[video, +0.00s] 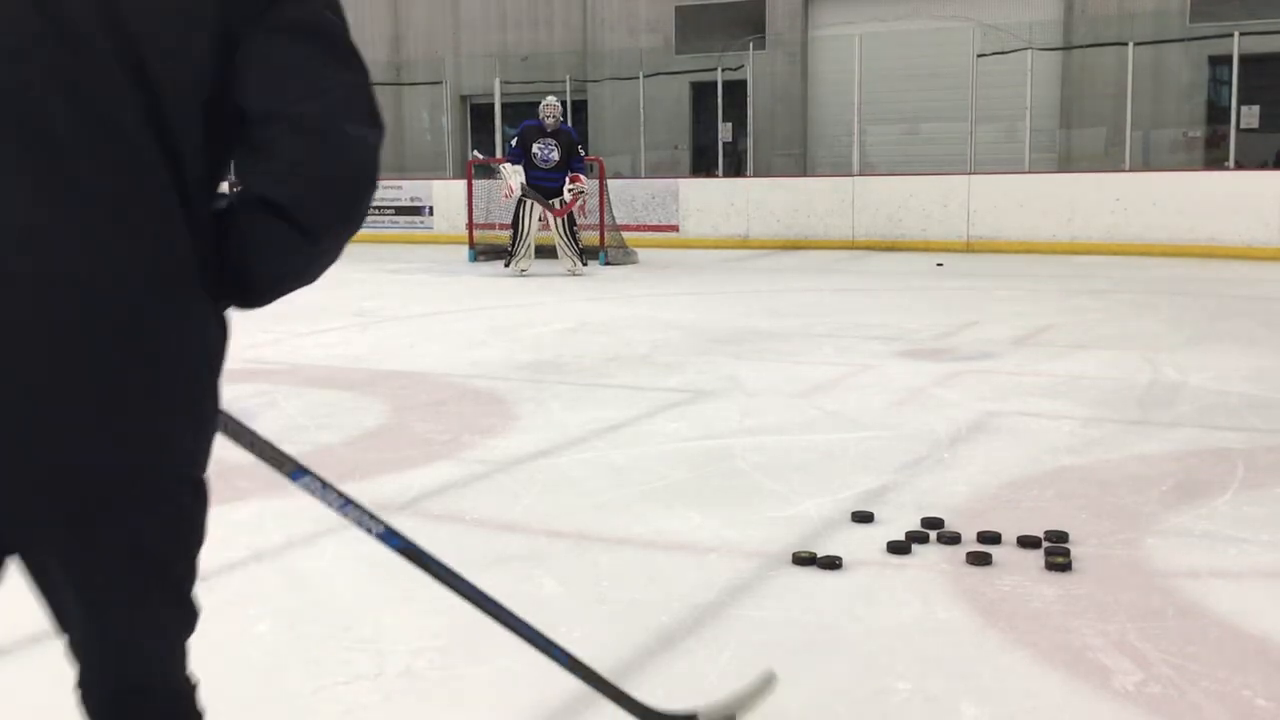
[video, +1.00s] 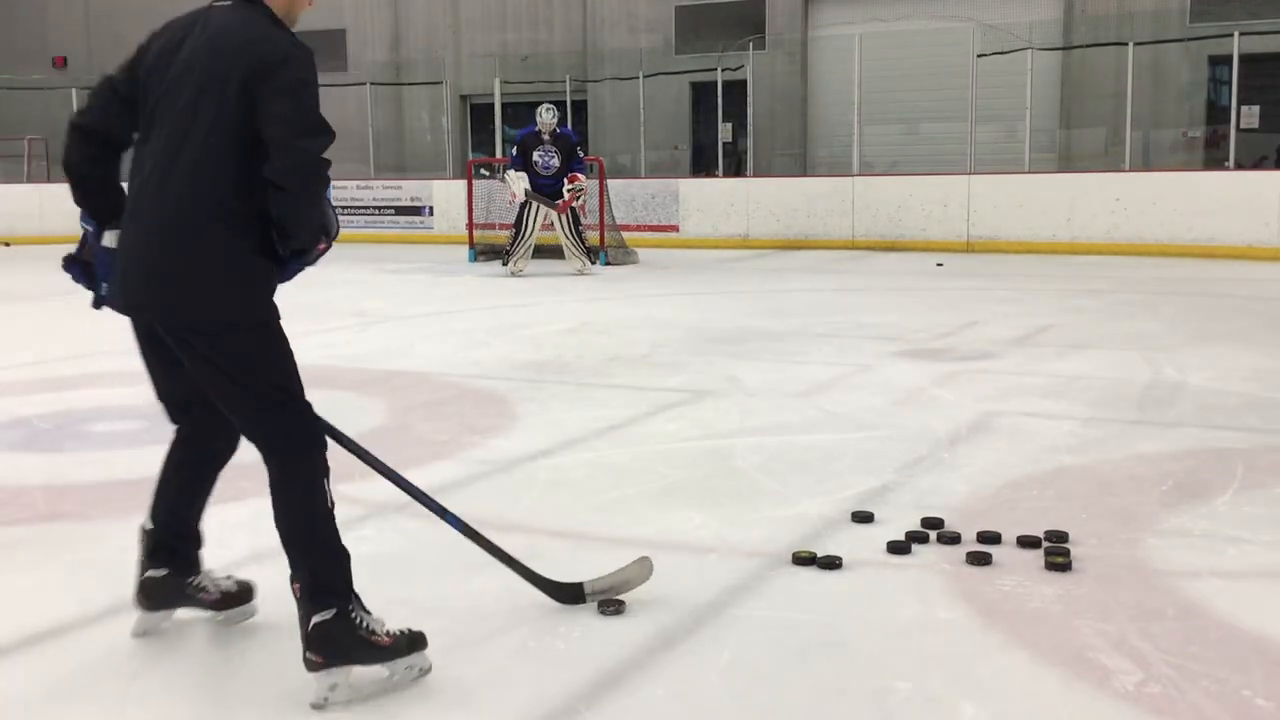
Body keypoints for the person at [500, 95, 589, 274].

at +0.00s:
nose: (551, 115)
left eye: (554, 111)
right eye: (547, 110)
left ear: (560, 113)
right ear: (540, 112)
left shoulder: (568, 134)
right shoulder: (528, 129)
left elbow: (577, 162)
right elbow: (513, 156)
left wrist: (577, 183)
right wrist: (512, 178)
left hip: (558, 191)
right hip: (531, 190)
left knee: (564, 229)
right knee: (524, 229)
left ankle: (575, 265)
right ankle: (519, 266)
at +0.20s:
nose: (550, 114)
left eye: (554, 110)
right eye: (547, 109)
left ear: (560, 113)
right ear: (540, 111)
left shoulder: (568, 134)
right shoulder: (527, 130)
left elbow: (577, 163)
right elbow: (516, 158)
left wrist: (576, 186)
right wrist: (518, 182)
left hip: (557, 191)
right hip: (531, 189)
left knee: (564, 229)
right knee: (525, 228)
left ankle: (575, 266)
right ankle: (519, 266)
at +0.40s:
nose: (548, 113)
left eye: (552, 109)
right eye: (545, 109)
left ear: (559, 112)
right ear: (539, 111)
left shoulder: (567, 134)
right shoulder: (528, 130)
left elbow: (578, 162)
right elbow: (516, 159)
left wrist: (578, 187)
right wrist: (518, 183)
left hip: (558, 191)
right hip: (531, 189)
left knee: (565, 229)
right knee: (525, 228)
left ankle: (576, 266)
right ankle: (520, 266)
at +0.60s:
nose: (545, 113)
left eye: (549, 109)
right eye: (542, 110)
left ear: (557, 112)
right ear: (537, 112)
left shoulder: (567, 134)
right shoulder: (527, 131)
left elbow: (578, 162)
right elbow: (516, 161)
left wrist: (578, 187)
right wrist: (518, 184)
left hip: (559, 190)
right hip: (532, 190)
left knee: (565, 229)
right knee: (525, 228)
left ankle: (575, 266)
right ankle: (519, 266)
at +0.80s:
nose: (545, 116)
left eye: (549, 112)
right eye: (542, 112)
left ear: (556, 113)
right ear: (538, 113)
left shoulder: (567, 134)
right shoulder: (527, 132)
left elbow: (578, 162)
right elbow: (516, 157)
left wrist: (576, 184)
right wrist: (516, 178)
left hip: (559, 190)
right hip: (532, 189)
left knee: (565, 230)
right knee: (525, 229)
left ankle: (576, 265)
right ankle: (519, 266)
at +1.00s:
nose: (546, 127)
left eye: (550, 124)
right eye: (543, 124)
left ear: (556, 121)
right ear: (537, 121)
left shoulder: (567, 138)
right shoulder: (526, 138)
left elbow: (577, 164)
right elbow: (516, 164)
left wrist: (577, 184)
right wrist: (520, 185)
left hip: (560, 194)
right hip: (534, 194)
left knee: (570, 232)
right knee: (526, 231)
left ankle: (583, 265)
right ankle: (515, 266)